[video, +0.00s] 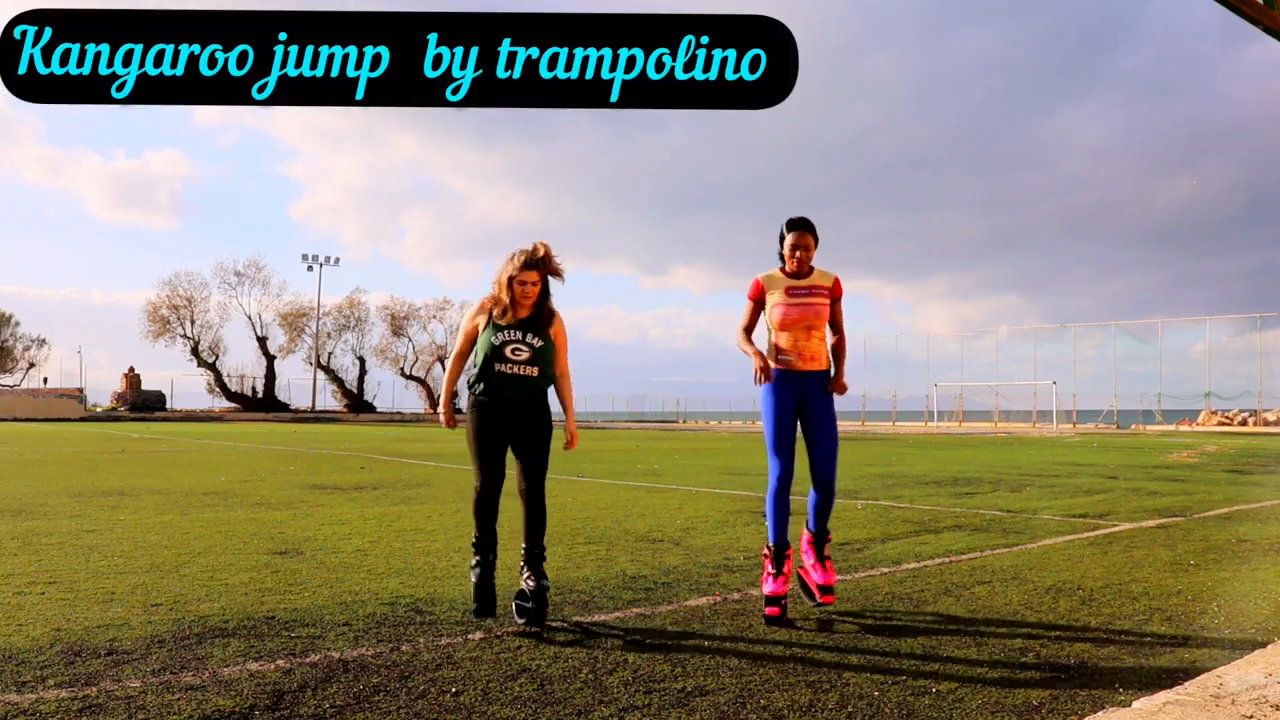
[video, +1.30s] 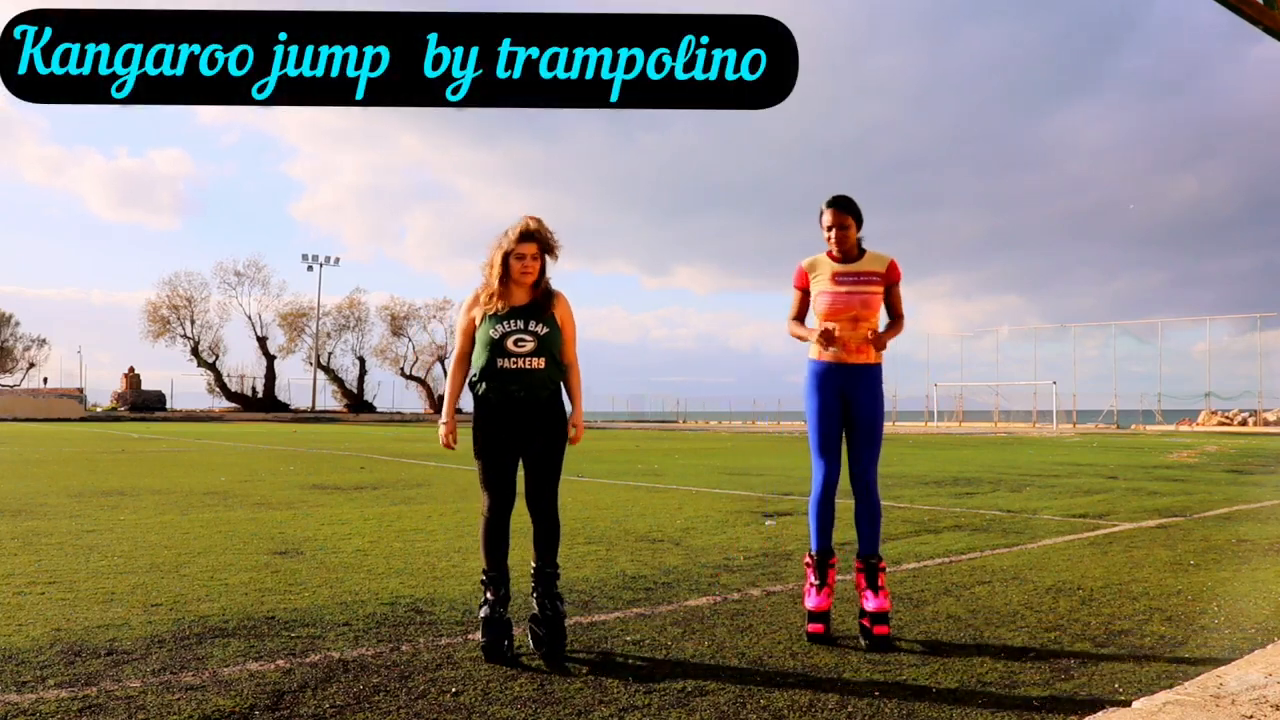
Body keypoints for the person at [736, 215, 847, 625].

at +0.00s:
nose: (800, 255)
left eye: (807, 249)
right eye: (794, 248)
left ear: (816, 250)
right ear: (782, 249)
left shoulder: (829, 284)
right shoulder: (765, 284)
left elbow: (838, 332)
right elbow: (742, 333)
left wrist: (839, 372)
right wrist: (755, 354)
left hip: (819, 384)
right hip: (779, 384)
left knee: (826, 481)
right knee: (781, 474)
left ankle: (814, 550)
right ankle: (777, 561)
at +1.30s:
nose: (835, 235)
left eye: (842, 227)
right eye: (829, 228)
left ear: (858, 227)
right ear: (821, 230)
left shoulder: (883, 267)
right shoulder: (810, 270)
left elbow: (898, 319)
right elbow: (793, 324)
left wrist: (885, 338)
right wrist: (812, 334)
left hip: (865, 380)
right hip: (823, 379)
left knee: (865, 479)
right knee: (826, 475)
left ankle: (871, 573)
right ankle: (819, 571)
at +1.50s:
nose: (841, 235)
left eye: (849, 228)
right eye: (836, 228)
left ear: (867, 231)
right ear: (830, 231)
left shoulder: (891, 270)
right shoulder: (817, 271)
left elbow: (920, 326)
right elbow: (798, 319)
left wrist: (892, 325)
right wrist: (808, 331)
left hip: (871, 382)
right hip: (826, 380)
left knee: (868, 483)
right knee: (822, 476)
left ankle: (872, 577)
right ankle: (817, 567)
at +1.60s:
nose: (842, 230)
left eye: (850, 224)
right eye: (836, 224)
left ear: (867, 228)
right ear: (830, 227)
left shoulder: (889, 267)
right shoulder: (816, 268)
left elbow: (914, 323)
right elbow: (796, 315)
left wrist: (887, 323)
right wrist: (810, 329)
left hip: (871, 380)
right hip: (826, 378)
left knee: (870, 481)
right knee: (824, 476)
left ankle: (873, 579)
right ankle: (820, 568)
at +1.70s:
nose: (840, 229)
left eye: (848, 222)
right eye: (834, 221)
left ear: (864, 226)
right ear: (827, 225)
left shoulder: (886, 265)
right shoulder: (812, 265)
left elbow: (905, 320)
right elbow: (797, 318)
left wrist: (885, 338)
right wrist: (812, 335)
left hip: (870, 379)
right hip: (827, 378)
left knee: (869, 481)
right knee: (826, 479)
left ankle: (874, 579)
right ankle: (822, 575)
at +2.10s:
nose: (853, 224)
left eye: (862, 217)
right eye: (847, 218)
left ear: (878, 222)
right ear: (840, 223)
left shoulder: (898, 262)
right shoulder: (824, 253)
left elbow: (927, 299)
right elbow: (774, 285)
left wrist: (915, 321)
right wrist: (785, 331)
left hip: (871, 371)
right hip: (827, 369)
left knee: (872, 473)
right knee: (821, 474)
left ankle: (872, 566)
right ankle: (813, 574)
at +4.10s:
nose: (896, 241)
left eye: (903, 232)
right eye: (889, 234)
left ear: (918, 232)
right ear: (882, 237)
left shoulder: (942, 277)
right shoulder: (869, 274)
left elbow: (953, 340)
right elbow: (834, 334)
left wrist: (919, 325)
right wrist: (801, 383)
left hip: (912, 389)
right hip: (866, 379)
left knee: (908, 490)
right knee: (812, 458)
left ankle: (900, 585)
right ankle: (758, 533)